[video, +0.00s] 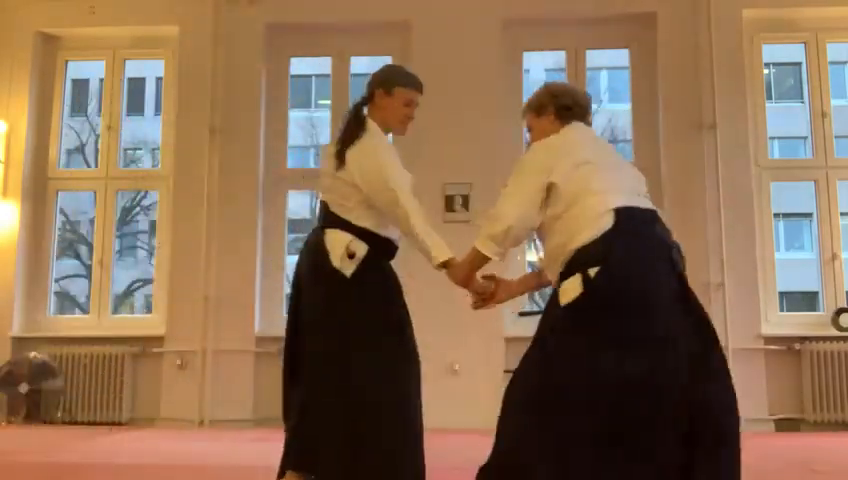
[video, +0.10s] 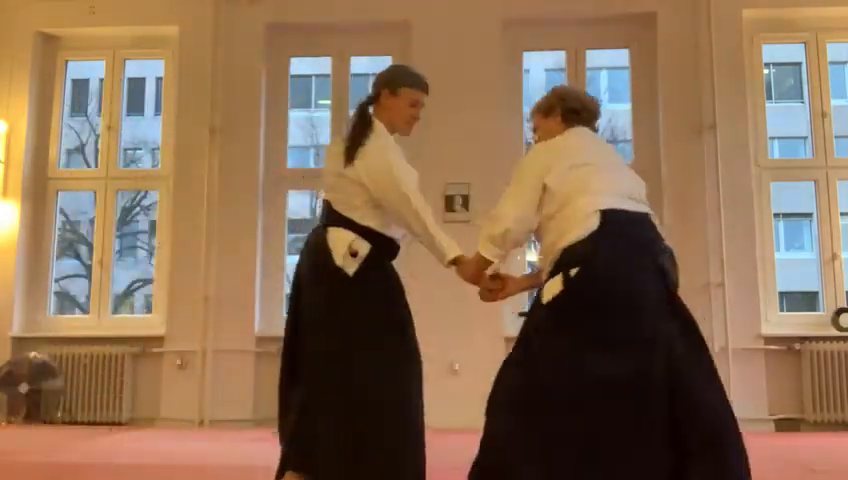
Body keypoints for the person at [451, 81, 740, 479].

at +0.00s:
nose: (528, 138)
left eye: (530, 127)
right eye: (527, 129)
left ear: (552, 117)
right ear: (577, 119)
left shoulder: (545, 152)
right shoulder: (608, 155)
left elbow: (510, 222)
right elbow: (582, 241)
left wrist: (464, 267)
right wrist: (514, 287)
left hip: (603, 267)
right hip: (659, 262)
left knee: (535, 390)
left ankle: (517, 471)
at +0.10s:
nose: (532, 134)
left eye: (536, 125)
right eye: (533, 126)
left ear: (556, 118)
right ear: (584, 122)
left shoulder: (546, 152)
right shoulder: (611, 159)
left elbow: (511, 220)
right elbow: (588, 239)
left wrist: (479, 261)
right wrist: (518, 283)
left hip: (597, 253)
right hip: (652, 253)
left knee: (524, 379)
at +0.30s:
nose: (517, 130)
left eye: (519, 123)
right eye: (519, 124)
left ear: (529, 121)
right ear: (572, 126)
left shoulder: (506, 156)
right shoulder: (590, 157)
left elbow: (481, 234)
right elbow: (599, 222)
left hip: (517, 252)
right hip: (582, 251)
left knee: (511, 372)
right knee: (616, 364)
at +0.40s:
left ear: (501, 117)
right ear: (546, 116)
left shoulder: (475, 157)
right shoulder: (564, 145)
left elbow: (468, 209)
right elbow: (588, 206)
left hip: (472, 257)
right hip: (536, 254)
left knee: (489, 379)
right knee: (603, 354)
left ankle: (491, 469)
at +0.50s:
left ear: (471, 108)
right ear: (515, 102)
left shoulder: (458, 159)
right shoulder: (517, 122)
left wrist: (540, 175)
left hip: (455, 276)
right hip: (509, 278)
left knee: (491, 399)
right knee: (574, 378)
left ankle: (488, 470)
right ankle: (595, 467)